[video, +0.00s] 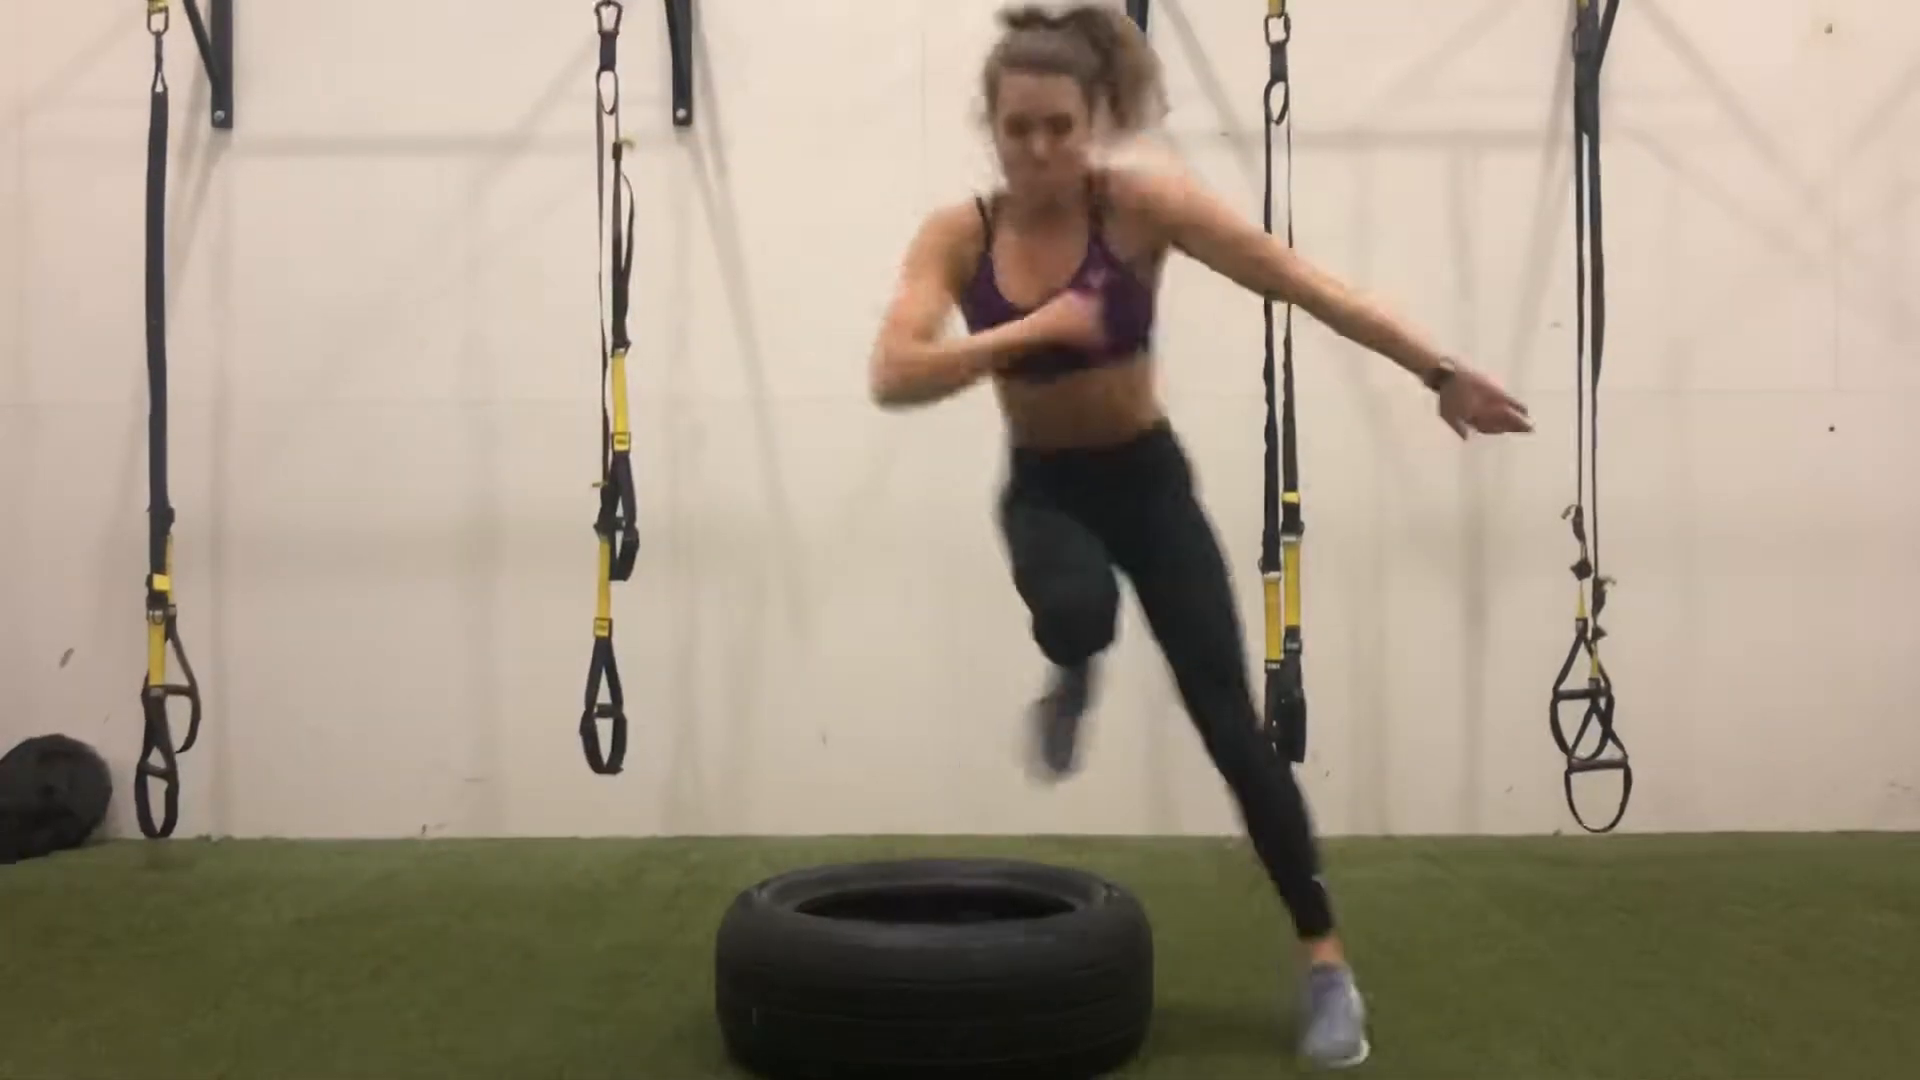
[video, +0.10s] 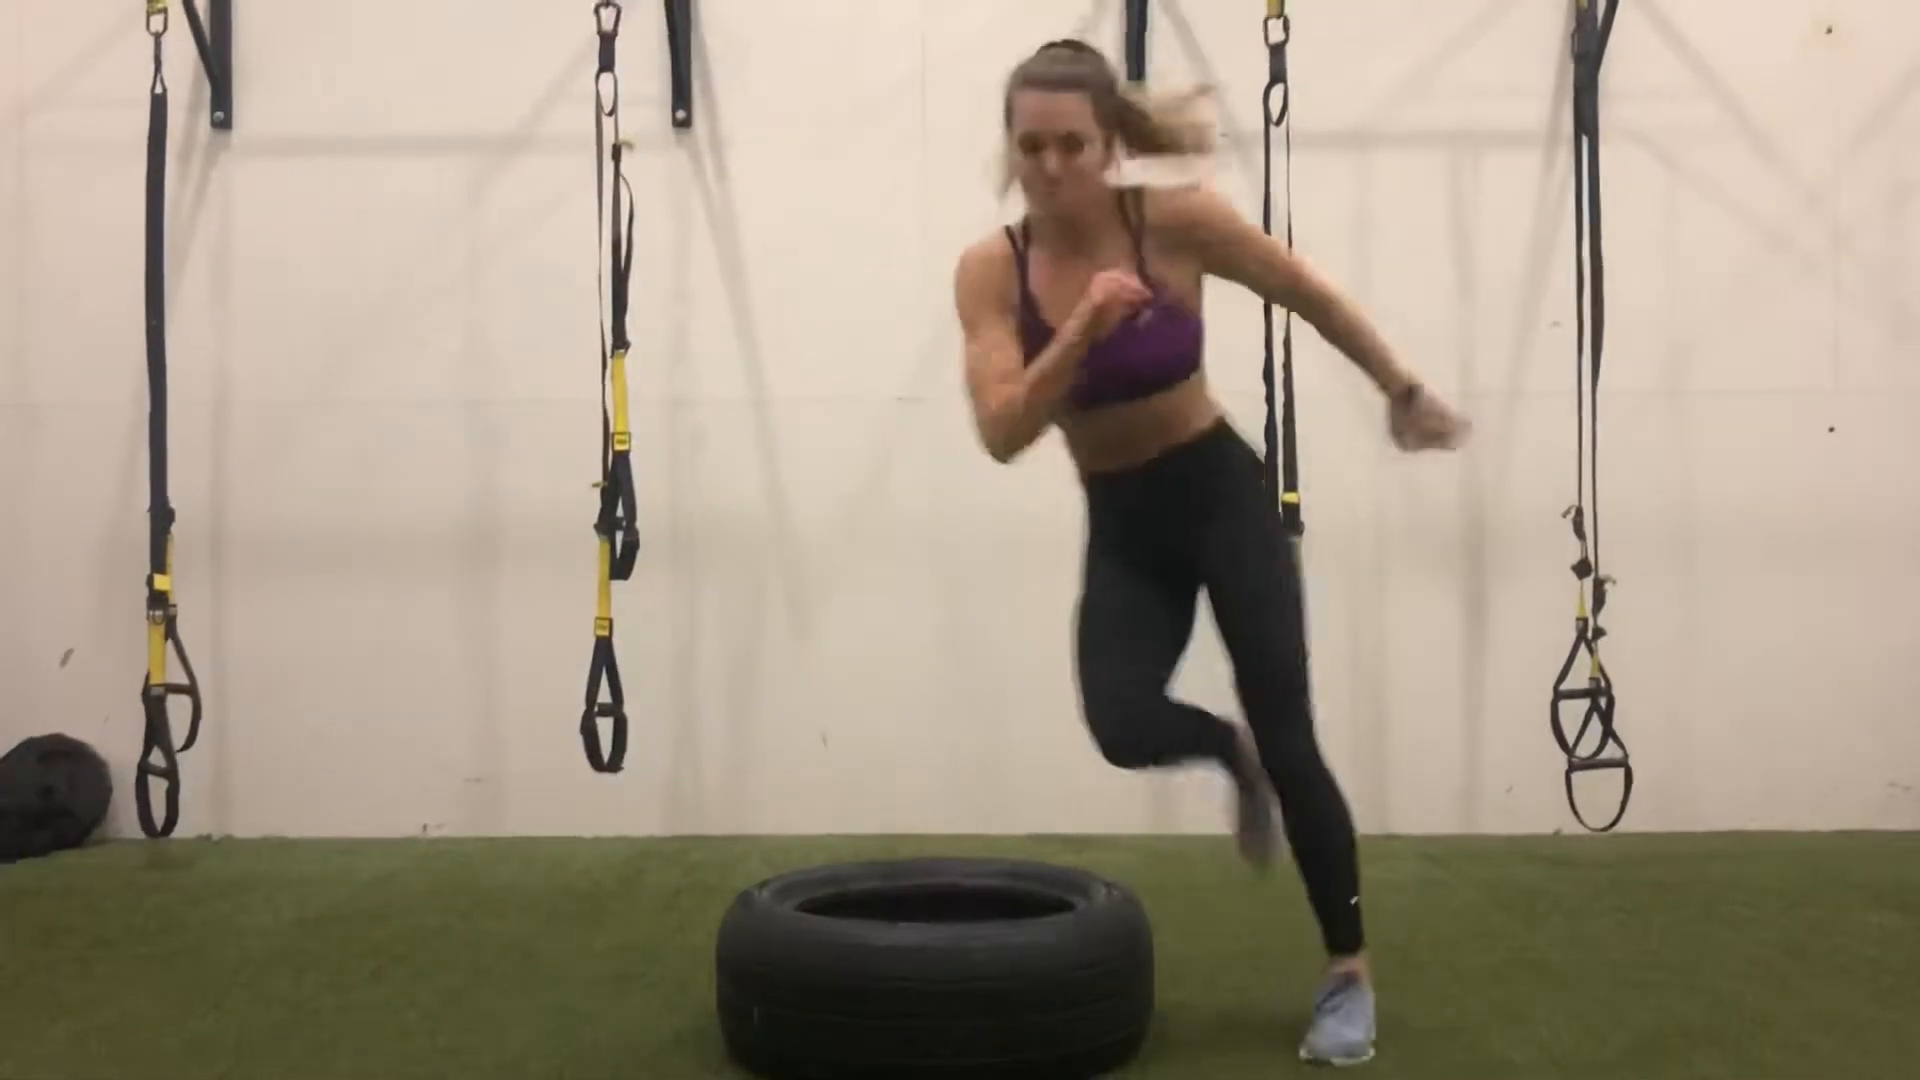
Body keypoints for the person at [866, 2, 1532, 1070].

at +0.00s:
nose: (1034, 149)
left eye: (1056, 127)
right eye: (1016, 127)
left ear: (1098, 123)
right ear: (991, 123)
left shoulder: (1145, 205)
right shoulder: (960, 231)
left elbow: (1303, 286)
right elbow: (893, 377)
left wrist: (1441, 371)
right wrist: (1032, 330)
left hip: (1145, 477)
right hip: (1043, 486)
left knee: (1230, 730)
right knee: (1077, 620)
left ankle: (1325, 960)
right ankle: (1070, 682)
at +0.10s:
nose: (1051, 165)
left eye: (1070, 145)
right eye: (1032, 146)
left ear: (1113, 142)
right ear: (1011, 147)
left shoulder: (1181, 222)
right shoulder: (992, 268)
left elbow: (1307, 293)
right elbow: (1000, 431)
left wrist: (1401, 388)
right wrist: (1075, 335)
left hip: (1222, 494)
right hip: (1121, 518)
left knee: (1285, 744)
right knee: (1122, 729)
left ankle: (1348, 971)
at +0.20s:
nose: (1062, 148)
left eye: (1085, 124)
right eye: (1045, 128)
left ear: (1135, 121)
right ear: (1027, 131)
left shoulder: (1205, 207)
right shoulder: (1017, 259)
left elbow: (1282, 315)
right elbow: (1017, 395)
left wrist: (1302, 435)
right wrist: (1067, 428)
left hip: (1246, 482)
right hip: (1150, 506)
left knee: (1289, 734)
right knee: (1207, 752)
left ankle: (1347, 963)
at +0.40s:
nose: (1076, 234)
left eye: (1097, 213)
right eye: (1061, 214)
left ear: (1148, 208)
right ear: (1045, 212)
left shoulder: (1211, 286)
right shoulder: (1038, 322)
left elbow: (1347, 339)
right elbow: (943, 393)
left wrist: (1412, 438)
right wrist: (891, 419)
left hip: (1256, 541)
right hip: (1173, 562)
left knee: (1087, 649)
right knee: (1264, 791)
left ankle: (1269, 802)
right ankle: (1433, 945)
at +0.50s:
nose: (1028, 197)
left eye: (1050, 175)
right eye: (1013, 175)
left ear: (1102, 175)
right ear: (998, 174)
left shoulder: (1146, 252)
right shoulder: (982, 263)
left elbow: (1301, 255)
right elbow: (830, 329)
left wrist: (1397, 322)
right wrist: (887, 256)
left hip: (1177, 506)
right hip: (1106, 524)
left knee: (969, 569)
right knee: (1240, 756)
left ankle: (1070, 789)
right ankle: (1414, 928)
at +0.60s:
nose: (982, 139)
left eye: (1006, 118)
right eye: (969, 116)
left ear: (1054, 119)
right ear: (950, 112)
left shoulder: (1094, 207)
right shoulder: (918, 198)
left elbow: (1213, 244)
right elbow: (834, 330)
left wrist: (1296, 321)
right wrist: (893, 242)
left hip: (1095, 483)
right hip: (1036, 495)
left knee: (914, 654)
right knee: (1138, 730)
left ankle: (988, 882)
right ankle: (1332, 843)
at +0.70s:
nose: (923, 128)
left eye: (947, 109)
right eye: (908, 105)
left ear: (990, 107)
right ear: (887, 100)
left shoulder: (1034, 210)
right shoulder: (847, 205)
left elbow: (1125, 297)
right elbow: (844, 380)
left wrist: (1196, 362)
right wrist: (876, 342)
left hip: (999, 498)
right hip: (942, 499)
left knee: (925, 745)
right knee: (936, 724)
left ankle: (993, 948)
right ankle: (1122, 692)